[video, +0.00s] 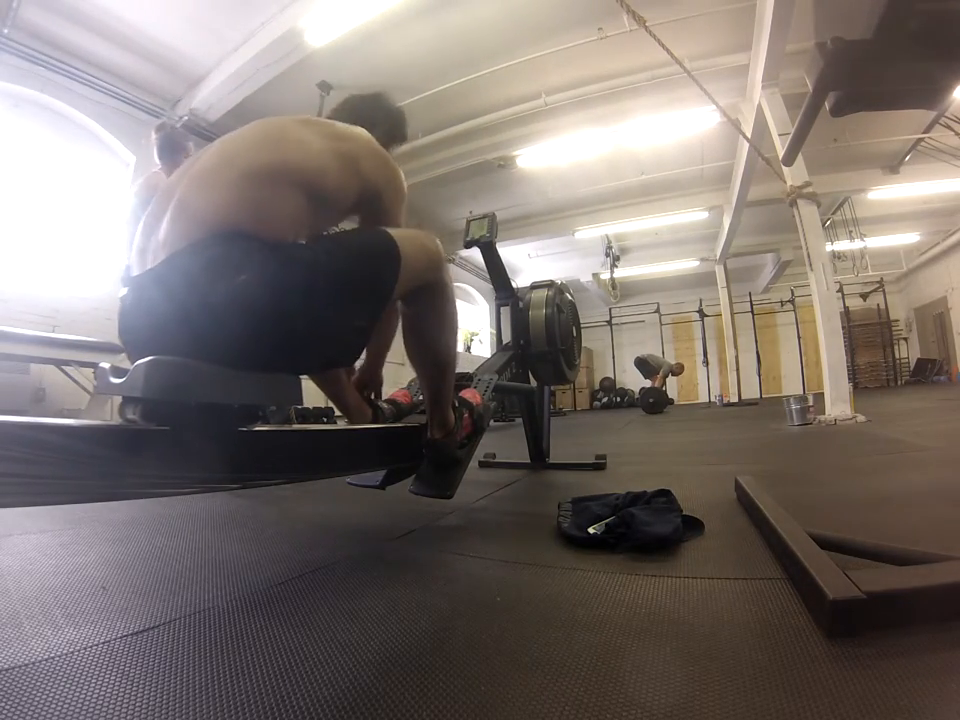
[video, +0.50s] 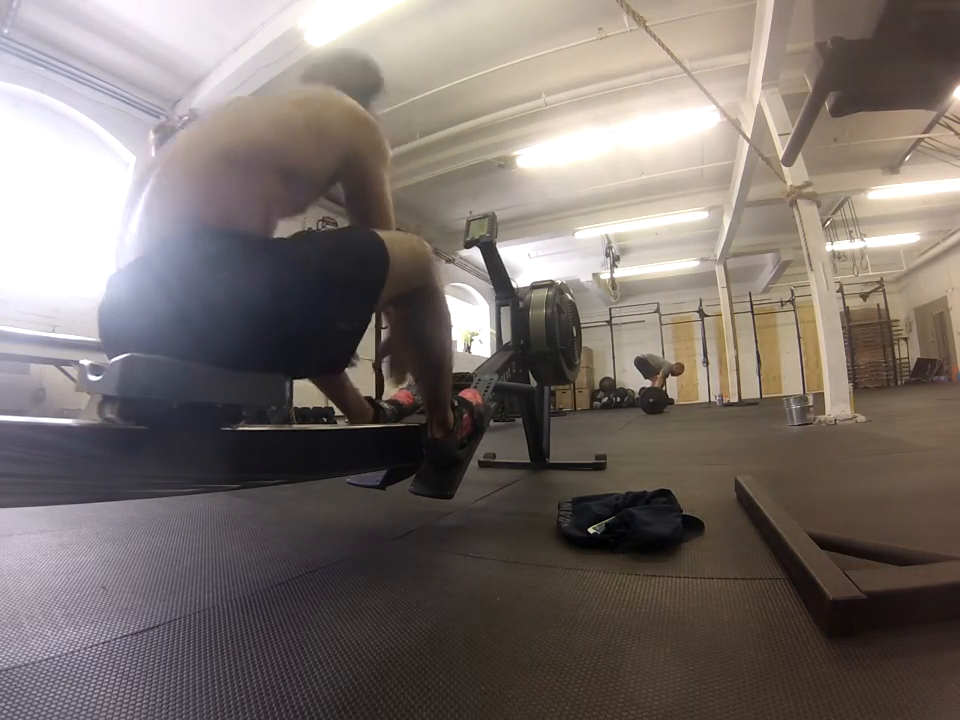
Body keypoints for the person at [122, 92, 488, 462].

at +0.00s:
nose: (390, 161)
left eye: (392, 152)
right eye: (392, 152)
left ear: (333, 117)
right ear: (384, 140)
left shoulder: (273, 139)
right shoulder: (378, 165)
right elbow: (384, 290)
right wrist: (373, 370)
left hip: (143, 322)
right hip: (233, 300)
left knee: (299, 294)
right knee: (426, 258)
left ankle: (363, 416)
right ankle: (444, 424)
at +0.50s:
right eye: (371, 105)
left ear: (307, 77)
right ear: (364, 96)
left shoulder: (239, 115)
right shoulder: (356, 125)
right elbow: (382, 257)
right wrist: (397, 335)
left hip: (126, 312)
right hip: (220, 298)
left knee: (288, 294)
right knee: (415, 263)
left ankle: (364, 418)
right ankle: (443, 426)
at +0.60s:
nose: (347, 92)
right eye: (350, 83)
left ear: (282, 56)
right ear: (338, 72)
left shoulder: (215, 95)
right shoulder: (336, 96)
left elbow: (125, 178)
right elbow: (384, 225)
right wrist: (393, 298)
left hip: (117, 309)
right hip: (212, 300)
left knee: (283, 291)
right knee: (412, 263)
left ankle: (364, 417)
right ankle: (443, 427)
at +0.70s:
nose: (328, 56)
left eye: (327, 48)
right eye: (325, 46)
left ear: (254, 29)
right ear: (315, 38)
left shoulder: (196, 76)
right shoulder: (308, 64)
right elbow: (392, 211)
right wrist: (431, 301)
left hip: (102, 305)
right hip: (195, 291)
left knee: (278, 287)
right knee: (412, 266)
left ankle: (364, 415)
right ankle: (444, 427)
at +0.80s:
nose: (311, 43)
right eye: (307, 31)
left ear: (236, 12)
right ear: (291, 15)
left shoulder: (174, 60)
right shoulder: (269, 37)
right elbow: (373, 183)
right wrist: (434, 254)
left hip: (85, 297)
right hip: (171, 279)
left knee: (279, 304)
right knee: (402, 275)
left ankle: (362, 414)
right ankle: (445, 426)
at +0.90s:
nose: (281, 40)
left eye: (282, 36)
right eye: (278, 29)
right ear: (257, 6)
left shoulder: (150, 47)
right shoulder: (225, 17)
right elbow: (318, 155)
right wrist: (418, 259)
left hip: (73, 286)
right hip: (142, 269)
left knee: (274, 309)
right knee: (389, 280)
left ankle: (367, 421)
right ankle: (445, 429)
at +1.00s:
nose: (243, 35)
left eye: (245, 32)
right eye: (240, 24)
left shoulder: (107, 48)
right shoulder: (184, 12)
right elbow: (210, 101)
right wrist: (302, 262)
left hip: (56, 286)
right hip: (129, 272)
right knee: (376, 289)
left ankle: (359, 413)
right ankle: (445, 428)